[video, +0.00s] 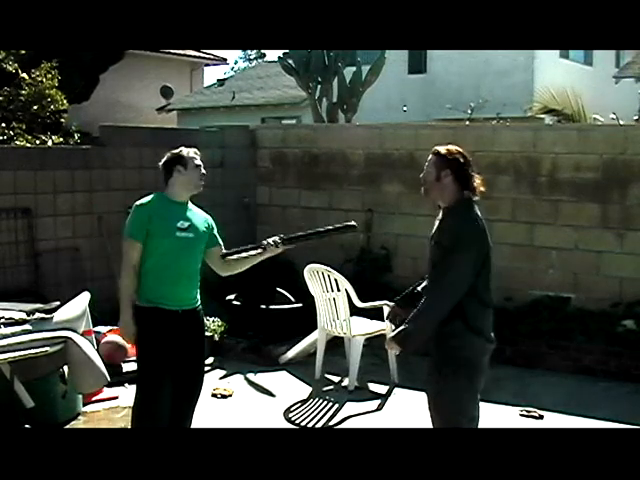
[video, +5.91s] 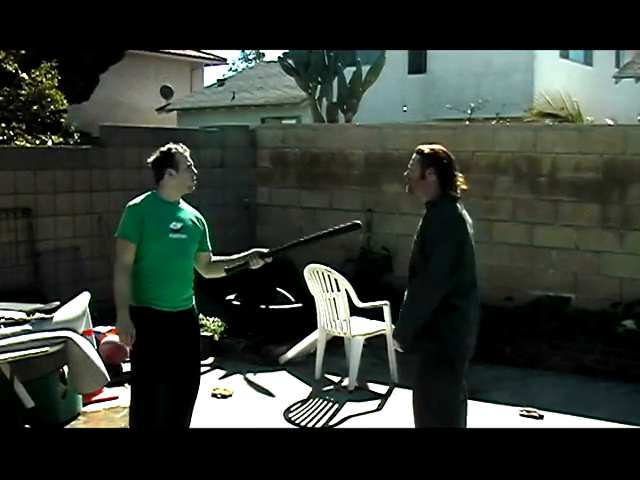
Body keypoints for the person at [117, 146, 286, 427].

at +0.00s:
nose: (204, 172)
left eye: (203, 167)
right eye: (197, 167)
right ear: (177, 171)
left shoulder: (203, 221)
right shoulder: (145, 210)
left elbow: (223, 266)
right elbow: (130, 266)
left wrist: (263, 254)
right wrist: (126, 316)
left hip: (190, 319)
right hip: (153, 318)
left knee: (186, 395)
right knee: (154, 395)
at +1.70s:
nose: (189, 174)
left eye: (188, 168)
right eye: (183, 168)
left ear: (170, 174)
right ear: (163, 172)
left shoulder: (190, 216)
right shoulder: (130, 211)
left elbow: (206, 266)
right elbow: (116, 267)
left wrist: (238, 295)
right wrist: (122, 320)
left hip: (180, 320)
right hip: (142, 320)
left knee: (180, 400)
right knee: (143, 402)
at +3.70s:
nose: (205, 174)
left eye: (203, 168)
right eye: (199, 168)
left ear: (185, 175)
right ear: (180, 174)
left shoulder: (205, 219)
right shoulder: (146, 213)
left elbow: (216, 267)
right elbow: (131, 268)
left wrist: (251, 276)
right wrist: (129, 320)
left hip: (192, 320)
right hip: (156, 318)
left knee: (186, 398)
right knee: (153, 399)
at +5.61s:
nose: (195, 172)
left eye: (194, 166)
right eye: (188, 167)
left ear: (176, 174)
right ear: (169, 173)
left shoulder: (194, 219)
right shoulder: (138, 210)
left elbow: (209, 267)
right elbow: (122, 266)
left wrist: (245, 249)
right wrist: (120, 316)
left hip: (184, 319)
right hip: (148, 318)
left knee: (184, 393)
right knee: (149, 395)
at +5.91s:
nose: (195, 172)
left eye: (194, 167)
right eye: (189, 167)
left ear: (175, 174)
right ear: (169, 174)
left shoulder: (195, 218)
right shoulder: (138, 211)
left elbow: (206, 267)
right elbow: (123, 266)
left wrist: (246, 259)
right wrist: (123, 316)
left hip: (185, 319)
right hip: (149, 318)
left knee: (183, 394)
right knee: (149, 397)